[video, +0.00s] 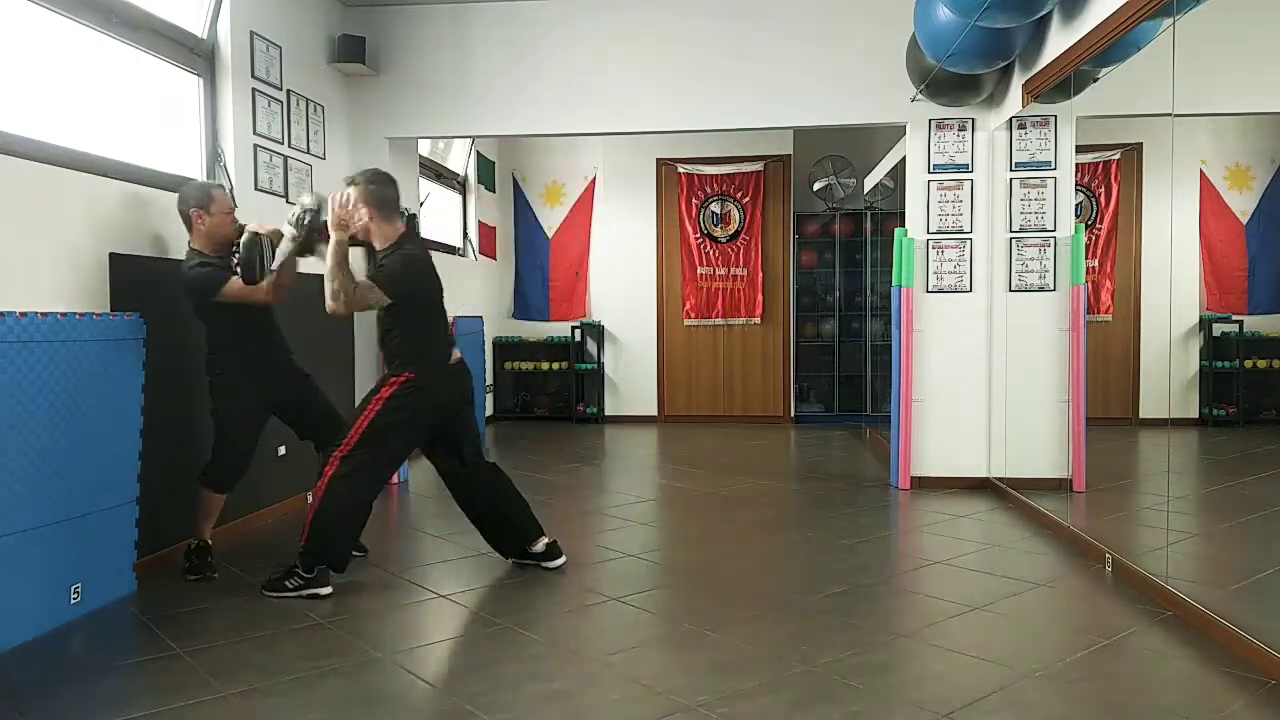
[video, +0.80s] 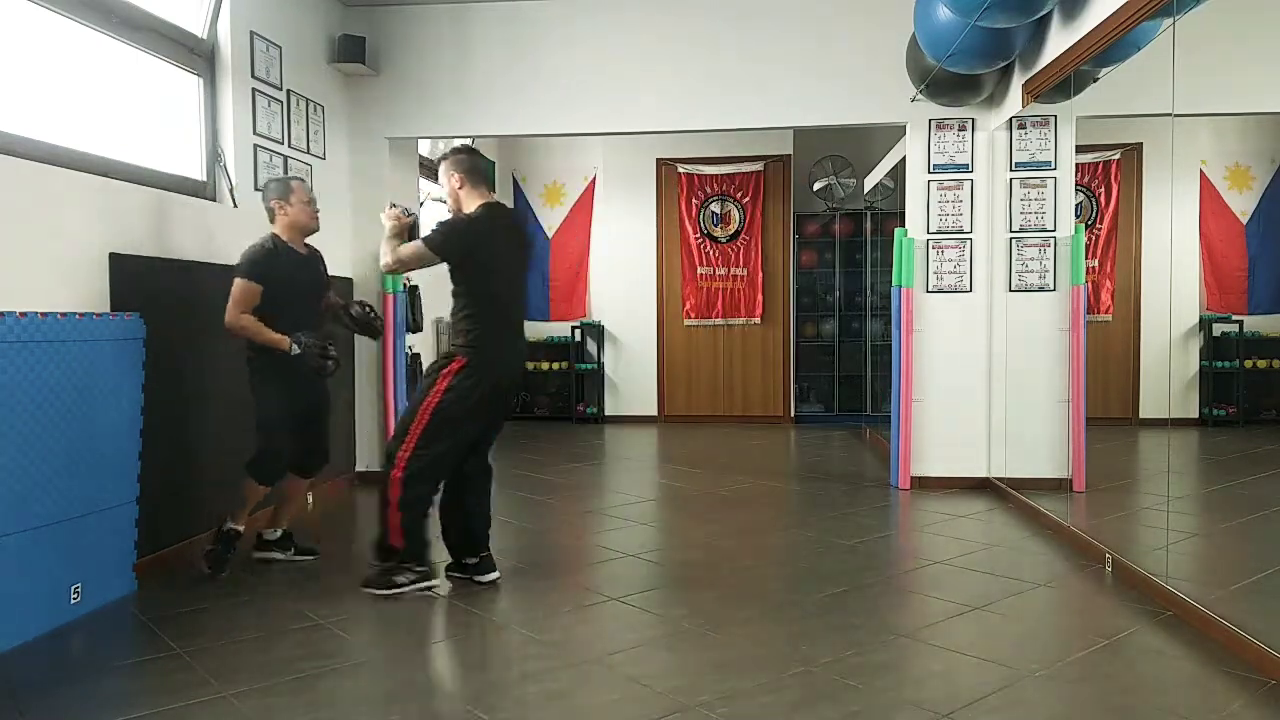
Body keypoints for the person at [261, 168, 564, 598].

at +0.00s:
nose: (348, 217)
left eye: (351, 209)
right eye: (348, 209)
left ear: (367, 213)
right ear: (390, 208)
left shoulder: (400, 263)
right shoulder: (408, 253)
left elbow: (338, 302)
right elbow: (358, 292)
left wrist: (338, 240)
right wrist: (339, 242)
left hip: (412, 384)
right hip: (446, 378)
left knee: (346, 467)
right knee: (467, 467)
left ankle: (313, 569)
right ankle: (534, 545)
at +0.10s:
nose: (307, 224)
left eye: (310, 216)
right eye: (307, 216)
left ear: (332, 219)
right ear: (344, 215)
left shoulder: (384, 261)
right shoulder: (349, 249)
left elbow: (345, 317)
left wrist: (323, 258)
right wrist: (291, 268)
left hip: (401, 378)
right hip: (429, 374)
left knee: (336, 467)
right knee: (453, 467)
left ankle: (312, 569)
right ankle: (520, 544)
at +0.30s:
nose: (306, 204)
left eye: (307, 195)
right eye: (305, 196)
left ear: (323, 194)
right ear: (346, 189)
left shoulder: (356, 242)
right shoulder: (378, 220)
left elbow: (290, 290)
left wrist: (284, 236)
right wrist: (304, 223)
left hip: (380, 371)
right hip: (418, 363)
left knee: (321, 465)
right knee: (428, 459)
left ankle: (311, 567)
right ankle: (496, 533)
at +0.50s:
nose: (343, 204)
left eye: (342, 195)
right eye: (340, 196)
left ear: (358, 190)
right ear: (382, 186)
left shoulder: (374, 244)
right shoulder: (419, 222)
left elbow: (305, 283)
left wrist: (305, 228)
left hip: (391, 374)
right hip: (434, 368)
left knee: (331, 467)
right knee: (421, 463)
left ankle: (308, 568)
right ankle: (478, 540)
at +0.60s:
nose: (379, 208)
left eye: (378, 198)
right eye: (376, 200)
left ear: (394, 192)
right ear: (417, 190)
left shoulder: (407, 246)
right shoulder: (456, 232)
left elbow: (340, 285)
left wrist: (341, 237)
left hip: (407, 378)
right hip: (452, 375)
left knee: (346, 469)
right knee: (422, 465)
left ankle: (308, 569)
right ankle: (469, 552)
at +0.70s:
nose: (414, 205)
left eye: (414, 195)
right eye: (412, 197)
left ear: (430, 191)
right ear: (459, 190)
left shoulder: (442, 241)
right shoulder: (490, 234)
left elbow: (368, 275)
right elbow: (441, 271)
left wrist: (374, 232)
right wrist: (406, 238)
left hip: (440, 371)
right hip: (479, 371)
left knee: (374, 461)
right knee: (443, 463)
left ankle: (326, 566)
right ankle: (473, 558)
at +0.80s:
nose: (444, 192)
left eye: (444, 184)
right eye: (442, 185)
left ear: (456, 180)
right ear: (486, 179)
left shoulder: (468, 227)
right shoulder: (516, 225)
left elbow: (390, 261)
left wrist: (392, 229)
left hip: (470, 360)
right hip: (506, 361)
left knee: (408, 457)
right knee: (468, 458)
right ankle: (474, 559)